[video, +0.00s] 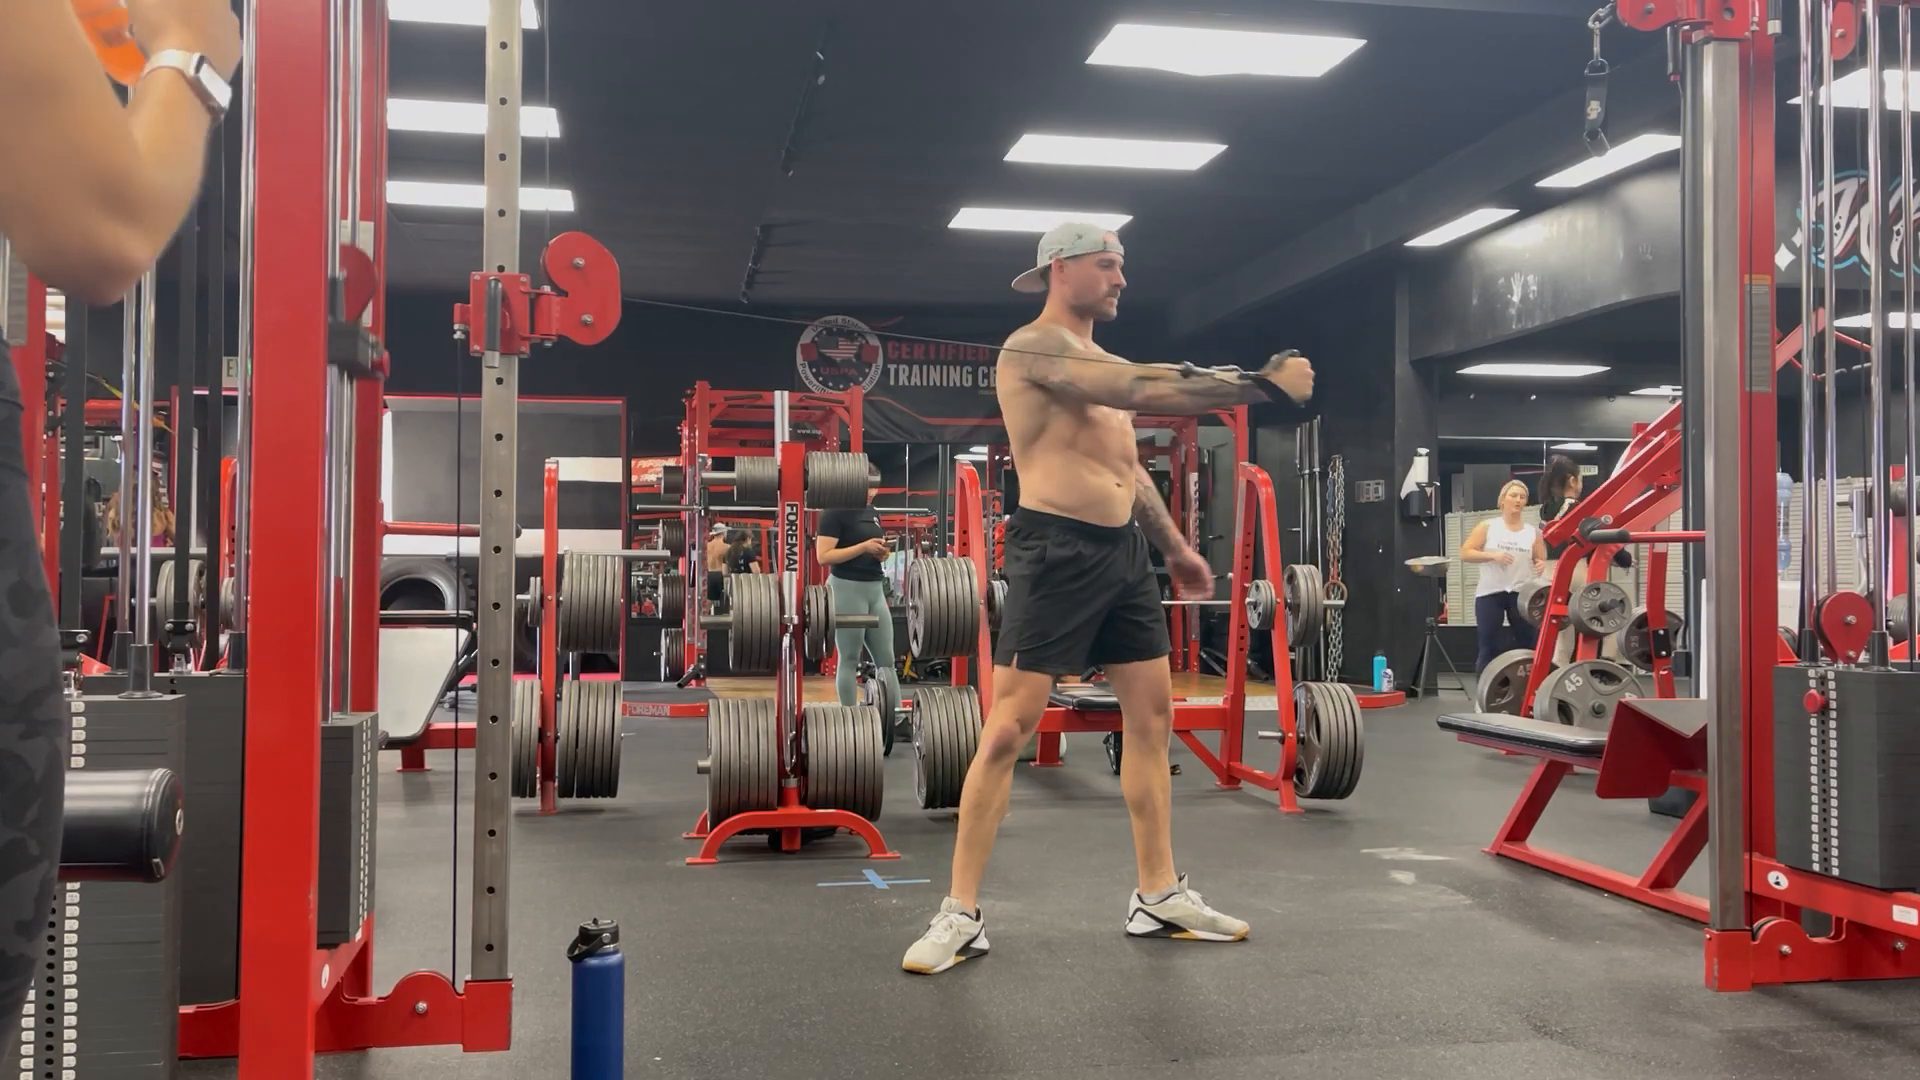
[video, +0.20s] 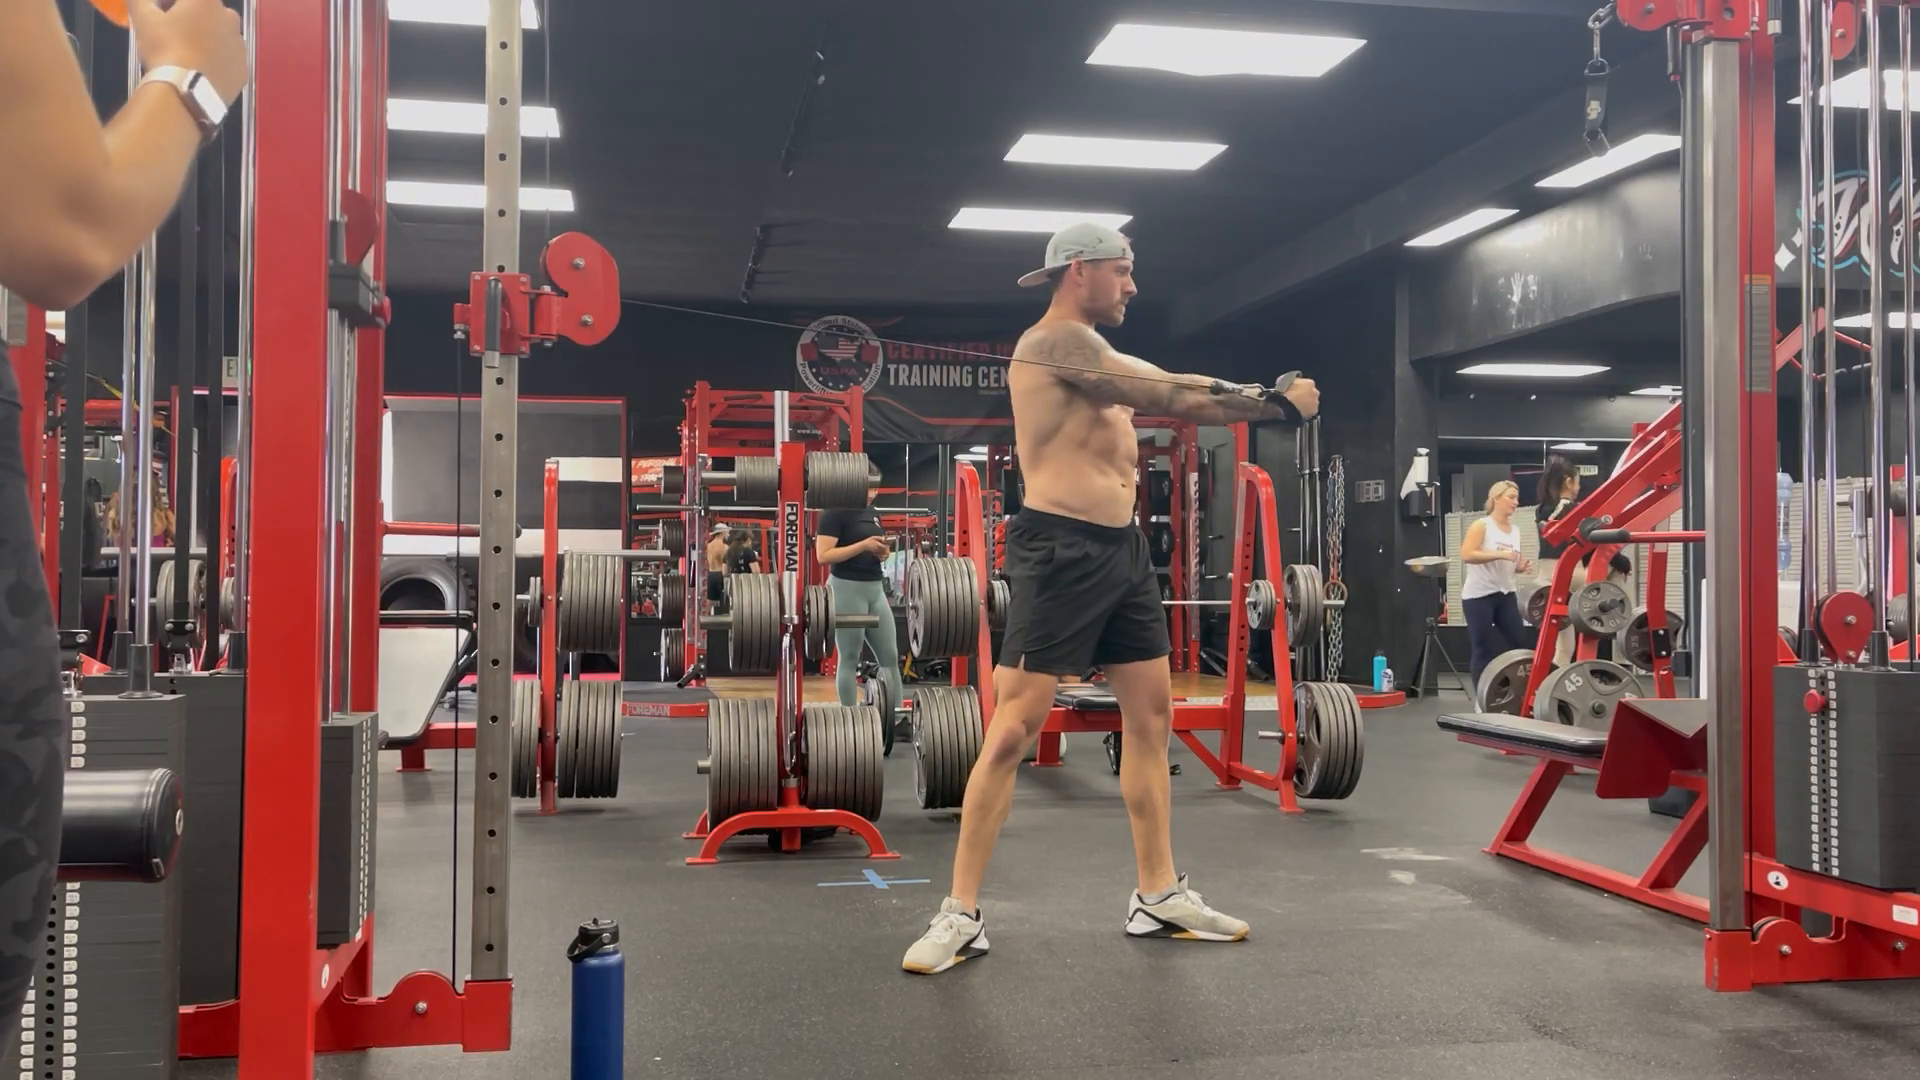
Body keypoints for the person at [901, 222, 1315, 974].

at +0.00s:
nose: (1121, 277)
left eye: (1121, 266)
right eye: (1107, 263)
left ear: (1096, 279)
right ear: (1059, 271)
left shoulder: (1107, 366)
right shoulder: (1029, 346)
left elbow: (1129, 473)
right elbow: (1129, 384)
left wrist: (1177, 548)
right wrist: (1259, 382)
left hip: (1126, 554)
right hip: (1053, 551)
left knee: (1152, 718)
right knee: (1006, 733)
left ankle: (1158, 894)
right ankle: (960, 910)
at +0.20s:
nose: (1132, 285)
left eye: (1132, 273)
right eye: (1122, 271)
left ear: (1089, 276)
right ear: (1078, 272)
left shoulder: (1103, 356)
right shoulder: (1055, 340)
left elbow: (1178, 400)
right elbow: (1156, 389)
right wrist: (1270, 398)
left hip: (1124, 554)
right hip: (1056, 549)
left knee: (1151, 719)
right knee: (1011, 733)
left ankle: (1158, 894)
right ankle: (960, 909)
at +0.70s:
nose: (1138, 282)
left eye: (1138, 270)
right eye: (1127, 267)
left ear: (1093, 273)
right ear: (1082, 270)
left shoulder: (1111, 358)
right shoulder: (1058, 338)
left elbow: (1187, 404)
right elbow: (1156, 390)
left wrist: (1272, 402)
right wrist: (1268, 402)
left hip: (1128, 554)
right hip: (1057, 550)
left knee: (1155, 720)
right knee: (1011, 733)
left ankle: (1159, 895)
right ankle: (961, 910)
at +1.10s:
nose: (1114, 275)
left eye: (1116, 264)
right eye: (1099, 262)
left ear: (1111, 277)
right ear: (1054, 272)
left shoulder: (1125, 365)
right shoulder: (1021, 344)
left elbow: (1155, 464)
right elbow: (1093, 386)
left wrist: (1206, 542)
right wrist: (1220, 380)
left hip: (1135, 552)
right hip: (1053, 549)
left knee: (1154, 718)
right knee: (1002, 730)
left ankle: (1157, 895)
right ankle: (959, 910)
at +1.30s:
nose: (1097, 275)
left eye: (1104, 264)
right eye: (1081, 261)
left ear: (1111, 278)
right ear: (1042, 275)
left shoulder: (1128, 362)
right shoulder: (1011, 344)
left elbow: (1176, 458)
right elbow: (1049, 391)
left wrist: (1235, 537)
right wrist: (1145, 376)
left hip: (1131, 552)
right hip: (1046, 549)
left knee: (1156, 717)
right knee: (998, 728)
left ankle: (1158, 895)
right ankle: (959, 909)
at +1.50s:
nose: (1072, 276)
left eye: (1084, 264)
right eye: (1059, 264)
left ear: (1103, 279)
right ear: (1035, 277)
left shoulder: (1140, 361)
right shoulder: (1007, 346)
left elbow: (1199, 456)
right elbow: (999, 388)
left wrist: (1267, 533)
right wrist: (1040, 377)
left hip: (1130, 550)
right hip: (1044, 550)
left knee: (1158, 716)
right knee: (998, 727)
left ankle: (1157, 894)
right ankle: (961, 910)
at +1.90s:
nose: (1045, 272)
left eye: (1061, 261)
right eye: (1035, 262)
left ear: (1096, 279)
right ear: (1026, 281)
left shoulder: (1145, 360)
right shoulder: (1000, 353)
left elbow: (1216, 448)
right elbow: (939, 386)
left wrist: (1296, 522)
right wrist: (894, 374)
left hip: (1125, 551)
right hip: (1035, 552)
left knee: (1158, 719)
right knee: (989, 723)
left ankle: (1157, 894)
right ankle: (959, 910)